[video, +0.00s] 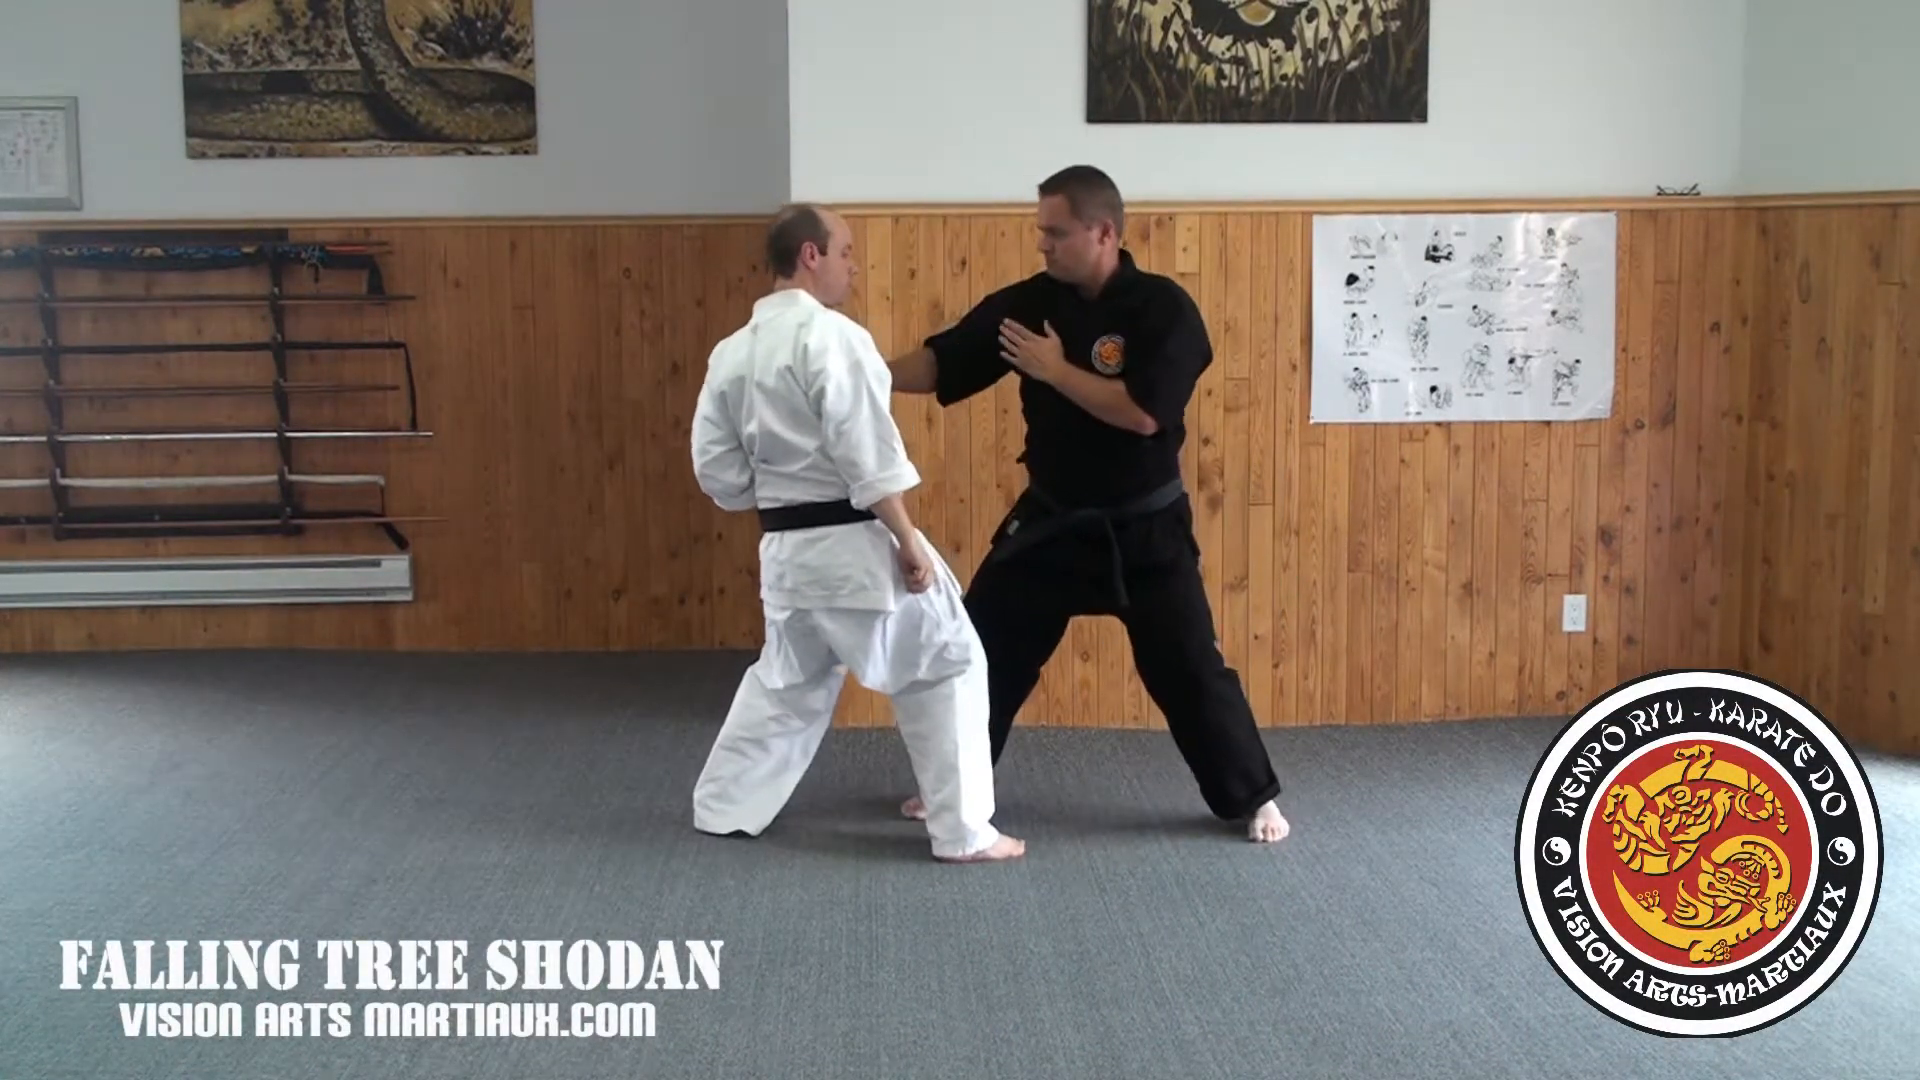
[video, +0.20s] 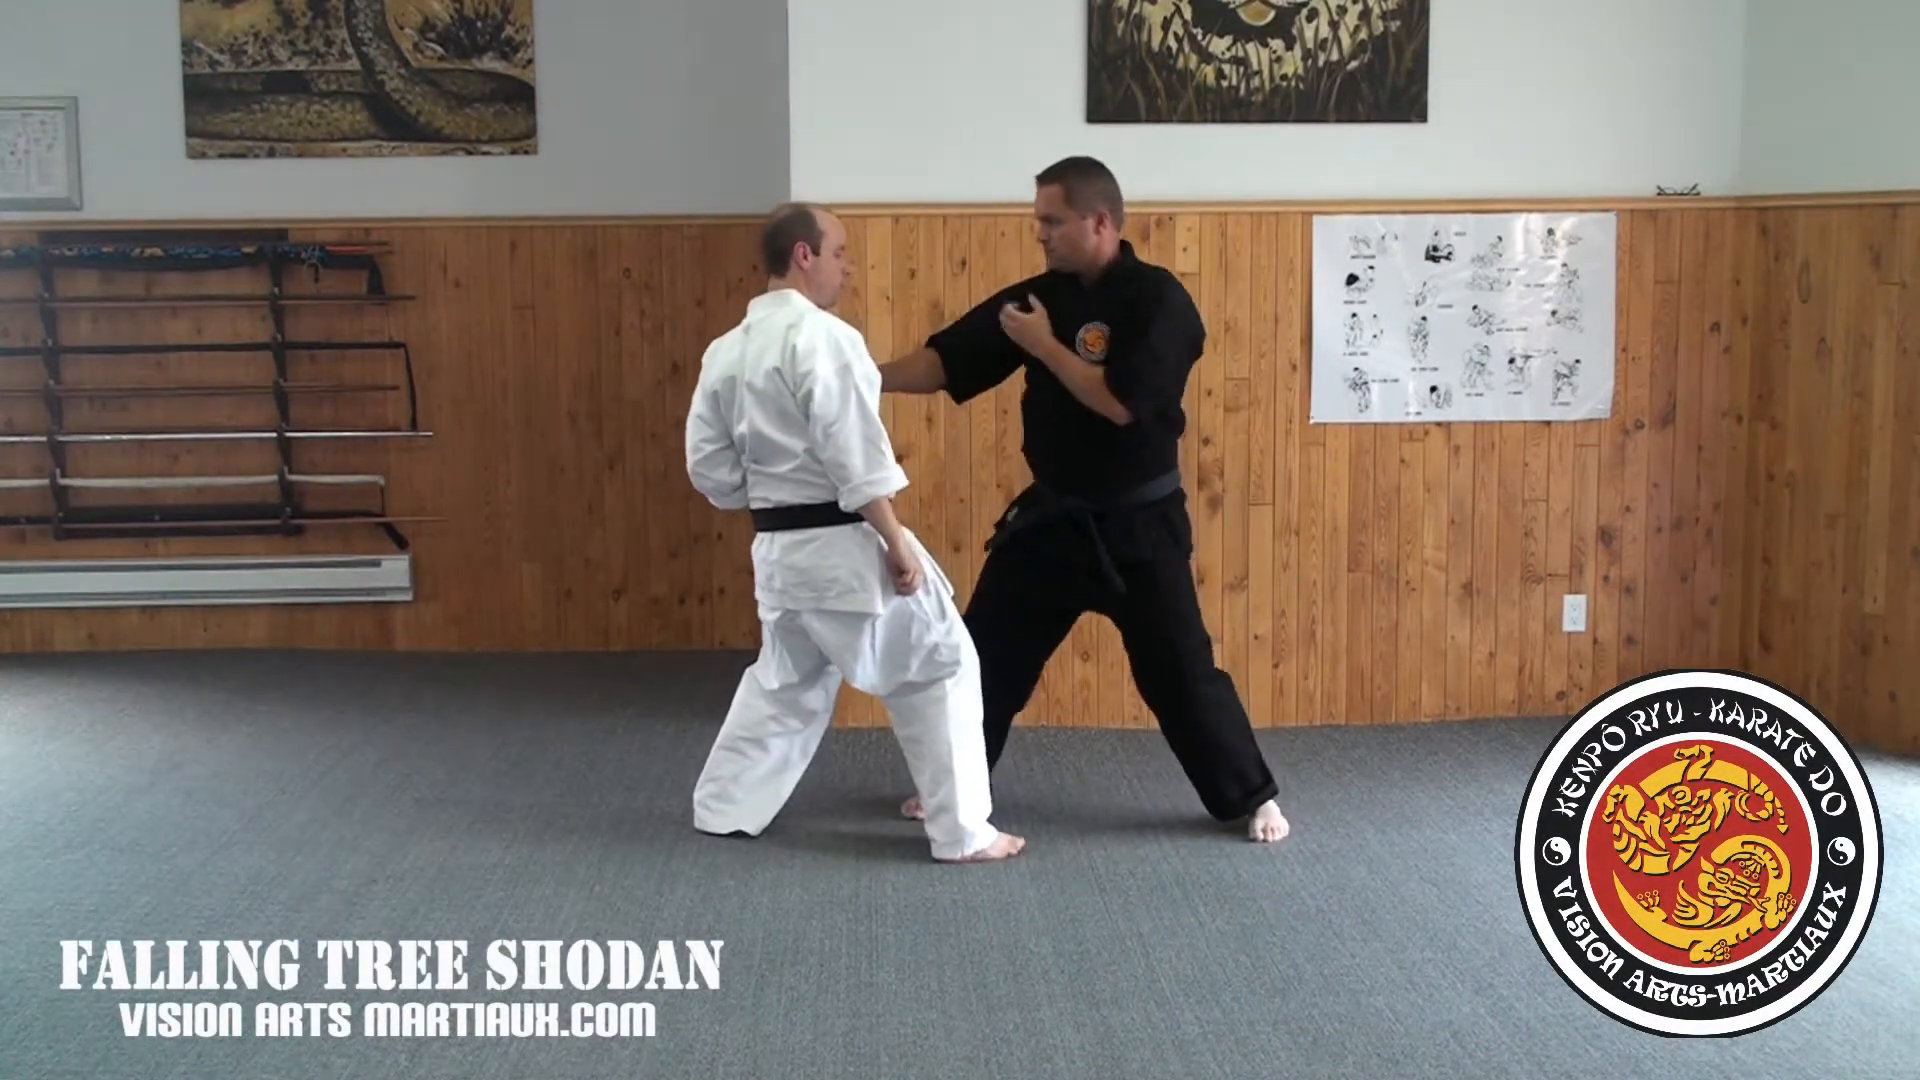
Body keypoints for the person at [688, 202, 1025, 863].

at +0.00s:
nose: (852, 270)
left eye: (851, 256)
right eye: (845, 256)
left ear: (786, 262)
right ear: (810, 258)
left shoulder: (730, 353)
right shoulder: (833, 337)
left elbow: (720, 474)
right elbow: (865, 448)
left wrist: (786, 501)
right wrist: (907, 536)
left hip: (784, 553)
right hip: (859, 548)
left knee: (787, 678)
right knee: (949, 664)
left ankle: (721, 807)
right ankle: (964, 830)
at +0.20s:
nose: (847, 270)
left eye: (846, 256)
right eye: (839, 255)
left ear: (783, 261)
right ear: (802, 258)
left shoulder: (724, 352)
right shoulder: (826, 339)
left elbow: (710, 467)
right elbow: (854, 453)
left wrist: (773, 502)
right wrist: (896, 539)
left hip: (776, 550)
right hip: (848, 546)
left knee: (784, 677)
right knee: (941, 663)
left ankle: (721, 807)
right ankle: (963, 830)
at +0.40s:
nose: (842, 268)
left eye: (841, 254)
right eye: (834, 254)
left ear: (781, 258)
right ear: (797, 255)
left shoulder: (720, 350)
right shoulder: (817, 338)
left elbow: (707, 466)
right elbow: (842, 454)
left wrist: (774, 500)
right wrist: (884, 541)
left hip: (770, 550)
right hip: (838, 544)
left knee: (785, 676)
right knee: (935, 665)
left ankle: (721, 807)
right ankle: (962, 831)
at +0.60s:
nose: (835, 267)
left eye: (834, 253)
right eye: (826, 253)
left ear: (775, 258)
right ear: (790, 255)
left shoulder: (714, 350)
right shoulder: (805, 340)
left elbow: (702, 461)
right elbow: (827, 456)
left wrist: (763, 504)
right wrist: (869, 545)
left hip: (765, 551)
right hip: (829, 548)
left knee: (785, 678)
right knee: (928, 668)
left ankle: (721, 806)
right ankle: (962, 831)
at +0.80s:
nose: (832, 263)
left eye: (830, 249)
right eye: (822, 249)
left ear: (773, 257)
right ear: (785, 254)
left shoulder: (712, 350)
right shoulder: (800, 340)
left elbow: (700, 462)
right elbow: (823, 458)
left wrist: (762, 505)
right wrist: (866, 551)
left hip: (763, 551)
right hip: (827, 549)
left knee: (784, 677)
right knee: (927, 668)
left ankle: (722, 807)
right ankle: (962, 830)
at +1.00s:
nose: (829, 261)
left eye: (827, 246)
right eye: (818, 246)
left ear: (768, 255)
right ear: (781, 252)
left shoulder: (711, 350)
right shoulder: (804, 343)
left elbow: (700, 461)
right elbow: (827, 459)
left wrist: (761, 503)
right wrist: (869, 549)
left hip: (764, 550)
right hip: (830, 548)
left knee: (782, 679)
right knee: (927, 668)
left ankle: (722, 807)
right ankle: (962, 830)